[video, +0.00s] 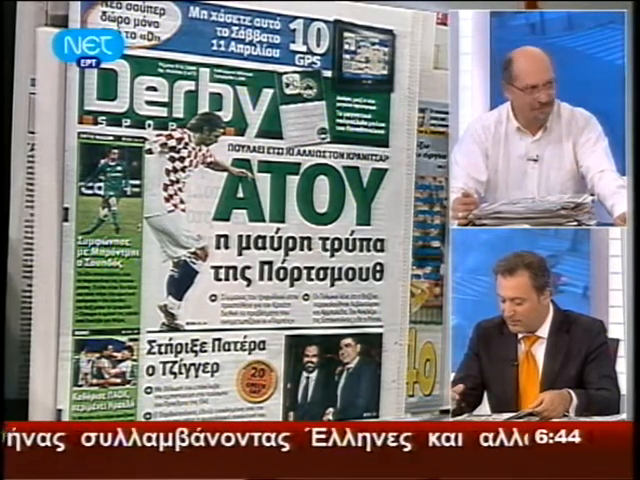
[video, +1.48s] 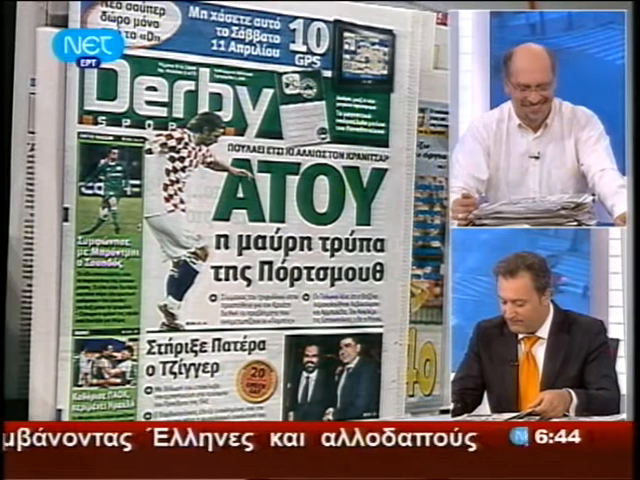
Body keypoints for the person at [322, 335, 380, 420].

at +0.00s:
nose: (343, 351)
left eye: (347, 346)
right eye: (341, 348)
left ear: (358, 348)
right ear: (339, 351)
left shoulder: (367, 367)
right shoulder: (341, 371)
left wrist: (335, 416)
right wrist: (331, 410)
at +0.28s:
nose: (343, 351)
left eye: (347, 346)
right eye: (341, 348)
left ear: (358, 348)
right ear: (339, 351)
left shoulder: (367, 367)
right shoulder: (341, 371)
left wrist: (335, 416)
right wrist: (331, 410)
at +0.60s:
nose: (343, 351)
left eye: (347, 346)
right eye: (341, 348)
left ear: (358, 348)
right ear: (339, 351)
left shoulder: (367, 367)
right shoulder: (341, 371)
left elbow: (361, 407)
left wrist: (335, 416)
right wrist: (331, 410)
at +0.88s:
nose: (343, 351)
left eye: (347, 346)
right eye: (341, 348)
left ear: (358, 348)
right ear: (339, 351)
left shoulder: (367, 368)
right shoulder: (341, 371)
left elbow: (361, 407)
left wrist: (335, 416)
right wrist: (332, 410)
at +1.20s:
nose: (343, 351)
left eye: (347, 346)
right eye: (341, 348)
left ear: (358, 348)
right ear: (339, 351)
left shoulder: (367, 368)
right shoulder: (341, 371)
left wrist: (335, 416)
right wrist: (332, 410)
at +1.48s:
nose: (343, 351)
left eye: (347, 346)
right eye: (341, 348)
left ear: (358, 348)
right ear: (339, 351)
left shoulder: (367, 368)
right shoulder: (342, 371)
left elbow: (360, 408)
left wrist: (335, 415)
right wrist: (332, 411)